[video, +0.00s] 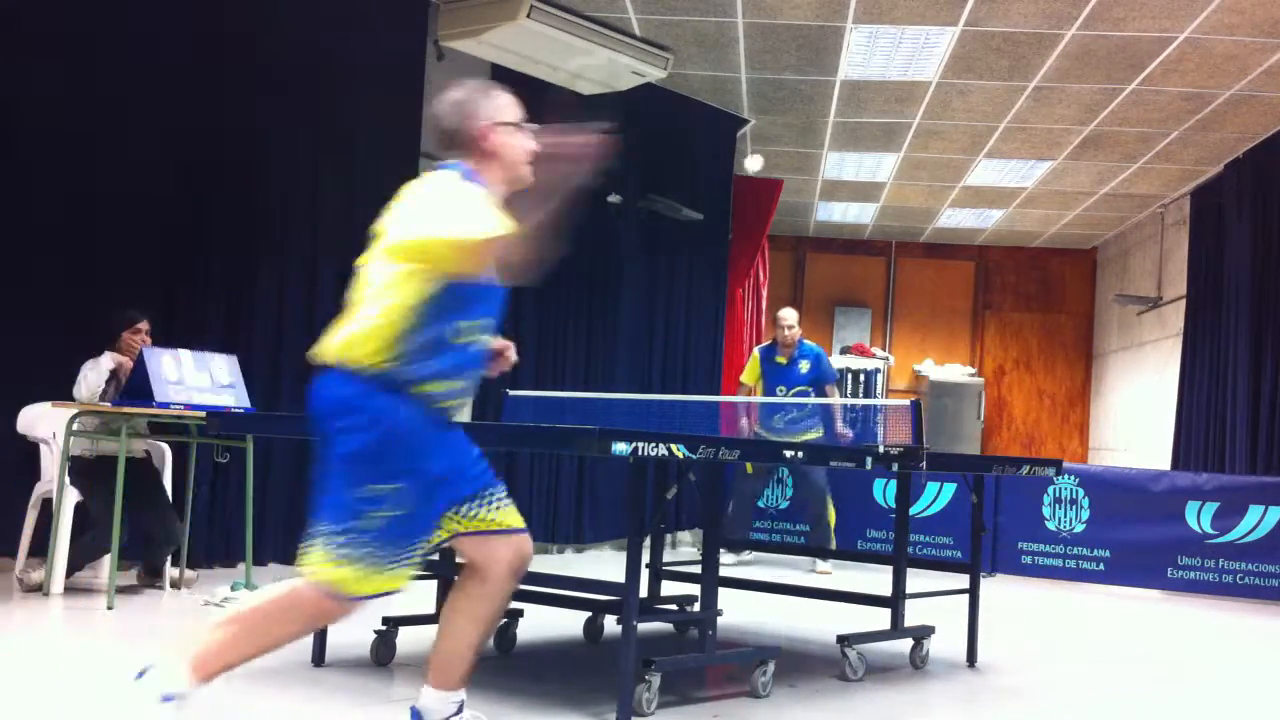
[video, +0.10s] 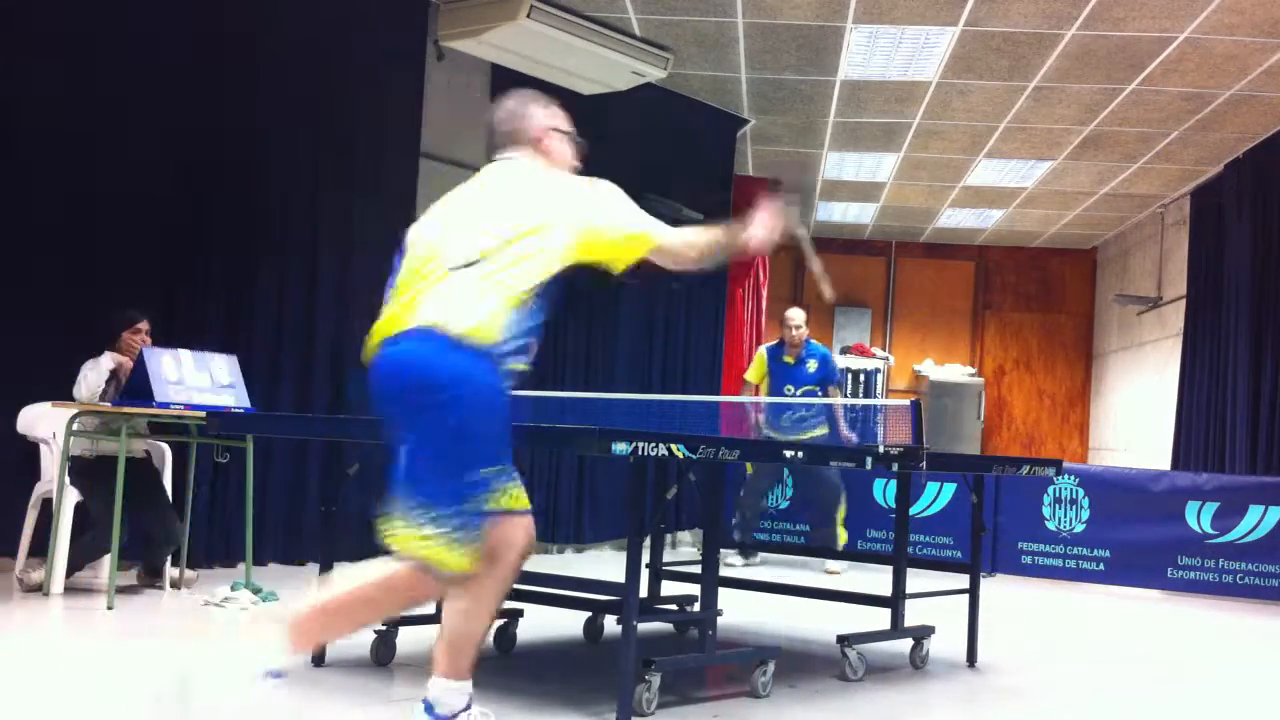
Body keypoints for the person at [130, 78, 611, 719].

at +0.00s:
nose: (532, 142)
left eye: (528, 128)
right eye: (519, 128)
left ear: (478, 141)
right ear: (483, 138)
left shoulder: (466, 207)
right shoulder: (443, 197)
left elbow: (399, 316)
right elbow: (517, 258)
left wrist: (472, 350)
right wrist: (568, 179)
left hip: (415, 407)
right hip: (370, 396)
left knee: (502, 552)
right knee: (336, 592)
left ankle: (437, 707)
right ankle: (166, 683)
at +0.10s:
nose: (577, 150)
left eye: (573, 137)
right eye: (568, 137)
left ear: (510, 144)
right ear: (543, 138)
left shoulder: (454, 200)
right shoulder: (570, 192)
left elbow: (404, 297)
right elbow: (676, 250)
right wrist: (748, 233)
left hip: (398, 363)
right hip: (457, 365)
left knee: (508, 532)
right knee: (444, 568)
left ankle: (446, 699)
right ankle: (282, 634)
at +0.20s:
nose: (615, 156)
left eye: (612, 147)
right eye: (611, 146)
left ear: (543, 148)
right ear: (593, 144)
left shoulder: (484, 194)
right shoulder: (629, 198)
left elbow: (420, 277)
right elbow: (643, 295)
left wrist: (474, 313)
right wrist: (584, 307)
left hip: (464, 341)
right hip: (546, 346)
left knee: (499, 533)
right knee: (551, 550)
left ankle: (466, 683)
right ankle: (436, 663)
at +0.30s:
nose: (650, 165)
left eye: (645, 157)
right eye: (647, 157)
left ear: (580, 154)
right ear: (637, 156)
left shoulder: (531, 190)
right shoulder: (673, 211)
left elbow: (469, 248)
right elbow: (663, 294)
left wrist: (501, 327)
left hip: (540, 357)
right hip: (640, 364)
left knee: (522, 543)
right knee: (663, 562)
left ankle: (494, 706)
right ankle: (660, 710)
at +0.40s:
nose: (684, 172)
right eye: (680, 165)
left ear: (612, 165)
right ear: (671, 165)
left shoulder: (585, 199)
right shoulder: (715, 220)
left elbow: (536, 248)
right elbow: (708, 312)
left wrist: (542, 363)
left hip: (622, 383)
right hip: (716, 388)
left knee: (559, 555)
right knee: (755, 572)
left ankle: (521, 707)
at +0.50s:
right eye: (704, 164)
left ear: (637, 180)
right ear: (702, 170)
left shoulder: (636, 229)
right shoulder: (753, 228)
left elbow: (633, 319)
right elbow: (749, 336)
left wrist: (649, 400)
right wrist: (621, 353)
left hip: (693, 415)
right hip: (783, 414)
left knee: (594, 568)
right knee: (801, 586)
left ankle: (535, 711)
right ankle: (848, 714)